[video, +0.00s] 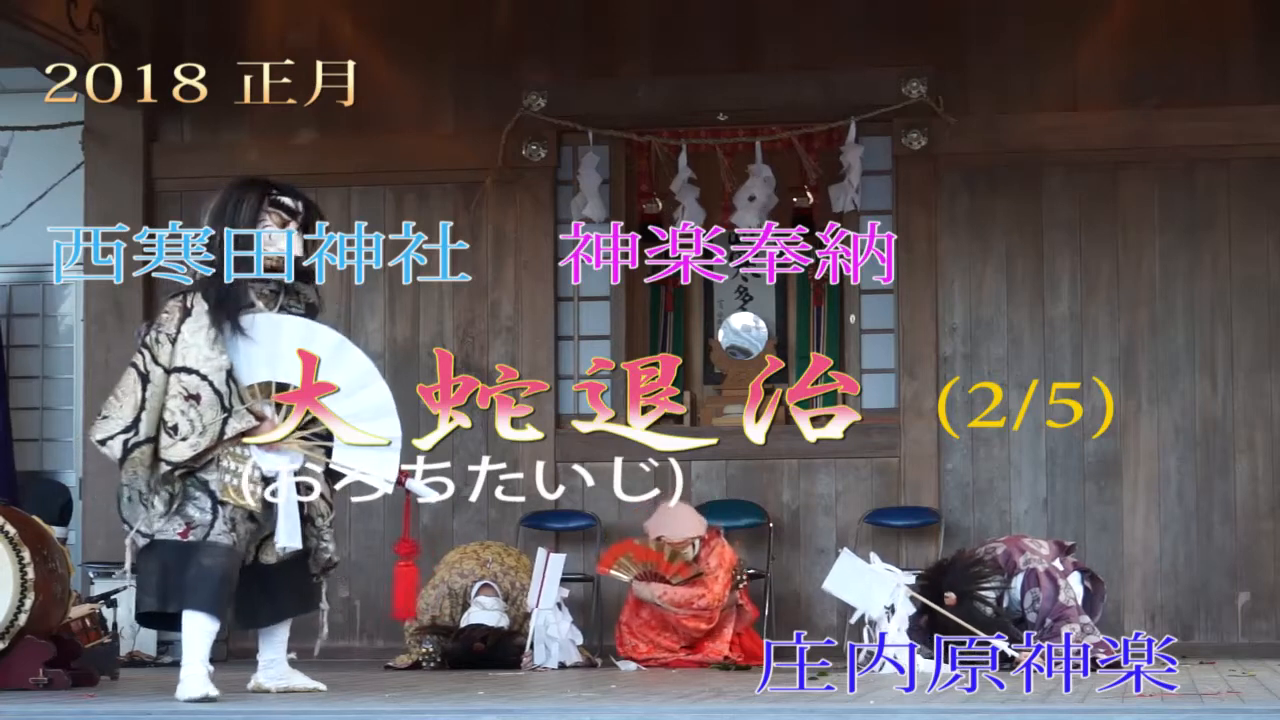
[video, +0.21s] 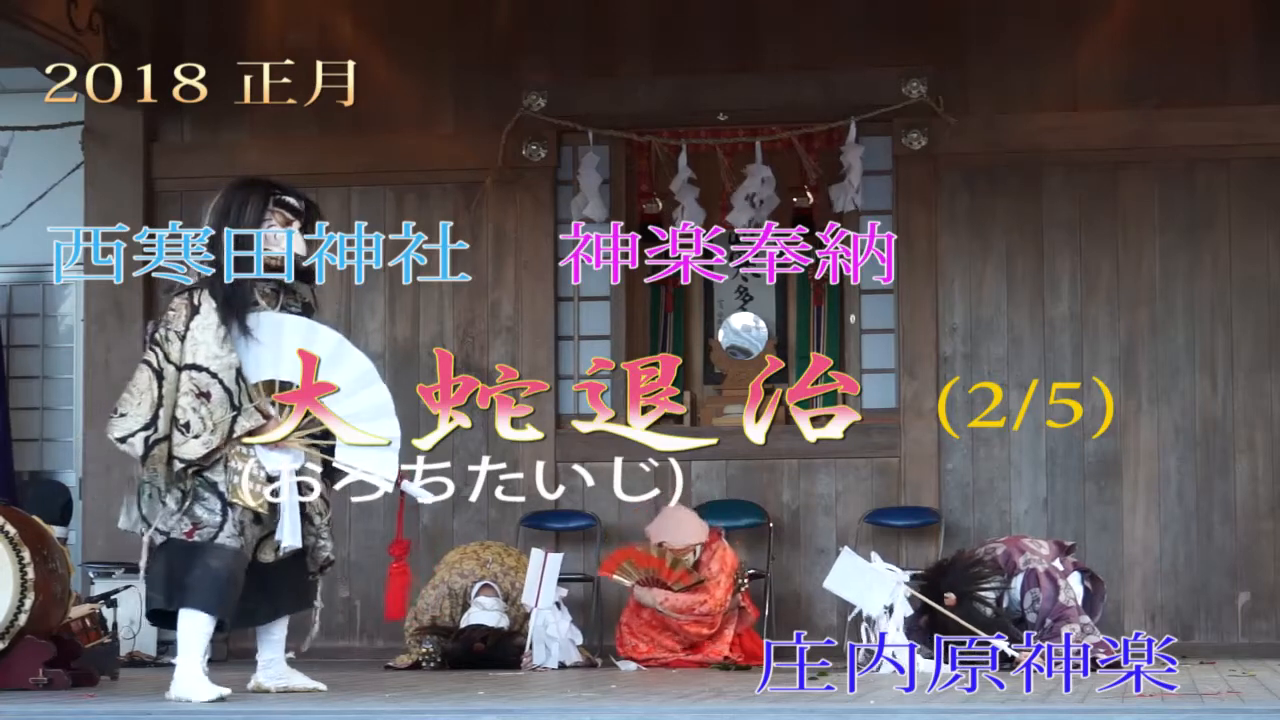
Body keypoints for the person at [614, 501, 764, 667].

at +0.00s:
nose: (675, 554)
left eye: (678, 548)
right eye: (670, 548)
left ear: (692, 539)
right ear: (663, 542)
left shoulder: (717, 549)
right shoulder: (663, 552)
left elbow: (711, 598)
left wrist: (654, 593)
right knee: (640, 598)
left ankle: (711, 650)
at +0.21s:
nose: (674, 559)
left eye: (678, 552)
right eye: (669, 553)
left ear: (694, 546)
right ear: (663, 546)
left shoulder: (720, 554)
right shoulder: (662, 556)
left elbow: (711, 604)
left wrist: (655, 598)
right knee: (636, 610)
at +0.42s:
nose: (678, 565)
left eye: (683, 558)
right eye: (671, 558)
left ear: (696, 550)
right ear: (661, 552)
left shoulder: (719, 555)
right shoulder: (652, 556)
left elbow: (716, 609)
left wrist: (658, 605)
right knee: (635, 612)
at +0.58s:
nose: (677, 568)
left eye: (683, 561)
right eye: (669, 561)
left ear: (695, 553)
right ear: (660, 554)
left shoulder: (719, 556)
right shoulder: (650, 556)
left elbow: (716, 612)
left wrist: (660, 610)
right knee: (634, 619)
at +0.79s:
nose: (676, 576)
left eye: (682, 569)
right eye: (670, 568)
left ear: (695, 561)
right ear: (658, 558)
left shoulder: (719, 558)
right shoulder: (647, 558)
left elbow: (717, 619)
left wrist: (660, 616)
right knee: (631, 622)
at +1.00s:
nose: (675, 579)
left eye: (681, 573)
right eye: (669, 573)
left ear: (695, 564)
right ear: (658, 562)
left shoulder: (719, 560)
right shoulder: (647, 559)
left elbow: (718, 621)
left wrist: (662, 620)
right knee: (630, 625)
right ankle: (711, 654)